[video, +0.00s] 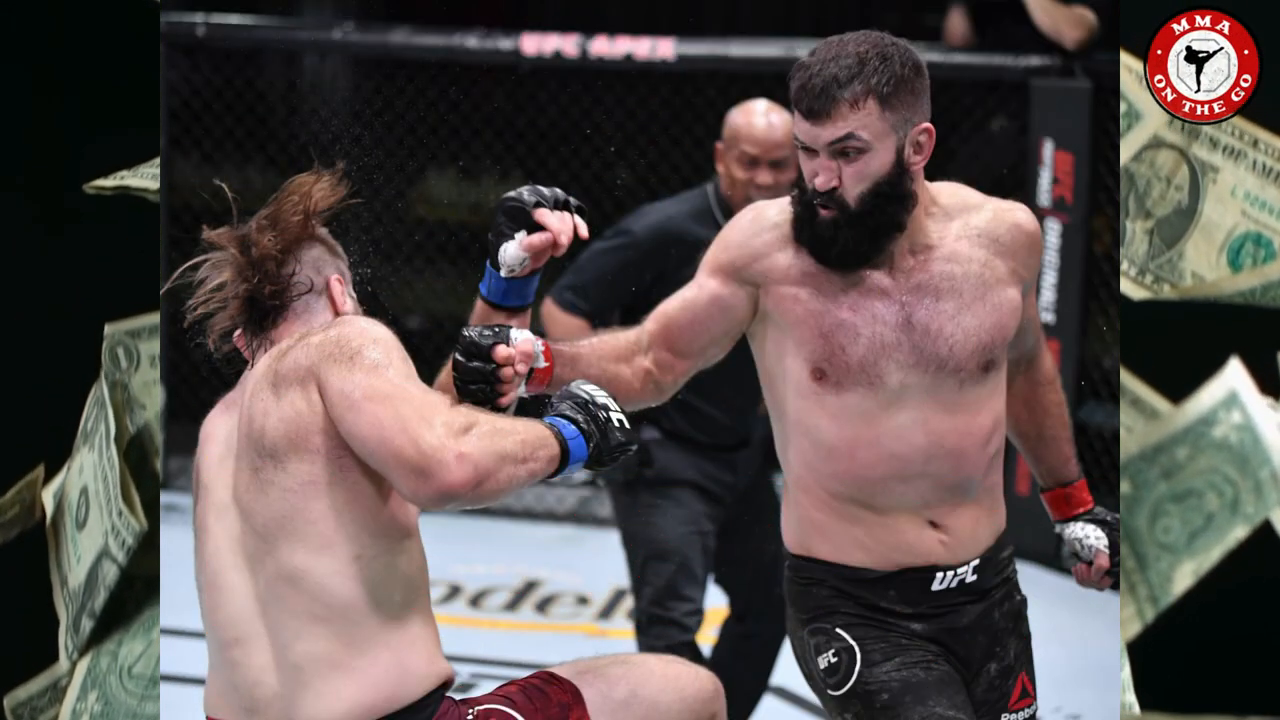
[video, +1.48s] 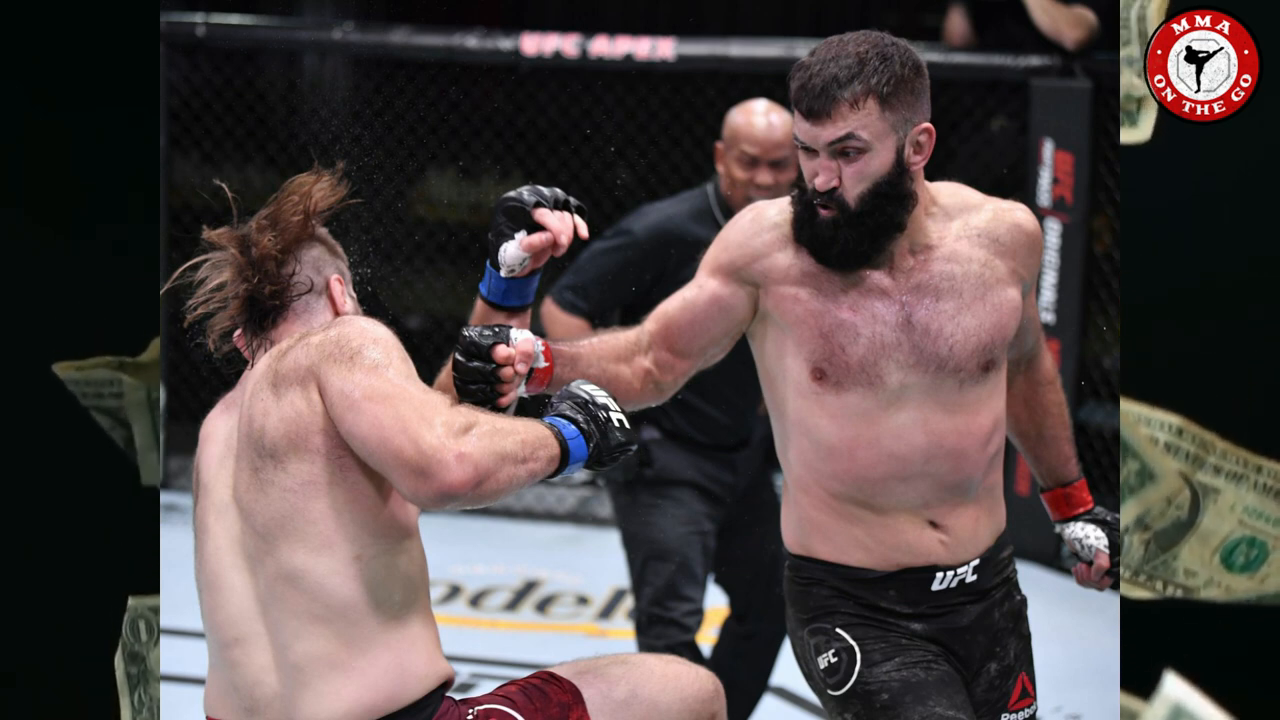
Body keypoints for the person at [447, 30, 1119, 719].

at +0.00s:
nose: (817, 177)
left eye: (845, 152)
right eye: (805, 151)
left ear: (918, 144)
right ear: (791, 140)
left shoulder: (1006, 235)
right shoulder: (758, 243)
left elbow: (1028, 367)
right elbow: (650, 361)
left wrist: (1075, 507)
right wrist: (537, 368)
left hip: (982, 595)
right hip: (845, 607)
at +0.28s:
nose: (817, 177)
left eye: (845, 152)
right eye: (805, 151)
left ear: (918, 144)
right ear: (790, 140)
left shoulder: (1005, 235)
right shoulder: (758, 243)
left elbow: (1028, 367)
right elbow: (651, 361)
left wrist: (1076, 506)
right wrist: (537, 368)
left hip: (983, 594)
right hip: (845, 607)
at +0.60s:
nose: (817, 177)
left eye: (845, 152)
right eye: (805, 151)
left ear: (918, 144)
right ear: (790, 140)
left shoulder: (1005, 235)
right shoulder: (758, 243)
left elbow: (1028, 367)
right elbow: (651, 360)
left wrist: (1076, 506)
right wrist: (537, 368)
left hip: (983, 594)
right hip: (845, 607)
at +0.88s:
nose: (817, 177)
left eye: (845, 152)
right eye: (805, 151)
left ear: (918, 144)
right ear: (791, 140)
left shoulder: (1006, 235)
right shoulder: (758, 243)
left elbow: (1028, 367)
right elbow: (650, 361)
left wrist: (1075, 507)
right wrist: (538, 368)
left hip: (982, 595)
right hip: (845, 607)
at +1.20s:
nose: (818, 177)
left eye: (845, 151)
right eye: (806, 151)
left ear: (918, 143)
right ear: (791, 141)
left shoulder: (1006, 235)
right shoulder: (758, 243)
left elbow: (1027, 366)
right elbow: (650, 360)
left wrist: (1075, 507)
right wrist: (538, 368)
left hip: (982, 594)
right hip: (845, 607)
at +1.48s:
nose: (818, 177)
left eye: (846, 151)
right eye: (806, 151)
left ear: (918, 143)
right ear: (791, 140)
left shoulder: (1006, 235)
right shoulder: (758, 243)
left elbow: (1028, 366)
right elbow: (650, 360)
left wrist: (1074, 506)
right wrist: (538, 368)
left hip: (982, 595)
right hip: (845, 607)